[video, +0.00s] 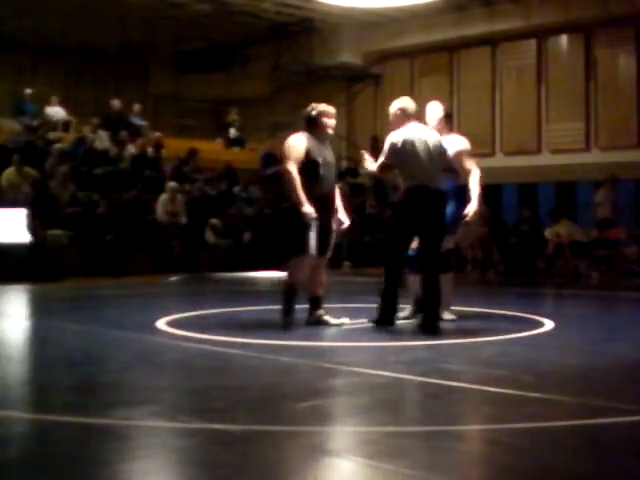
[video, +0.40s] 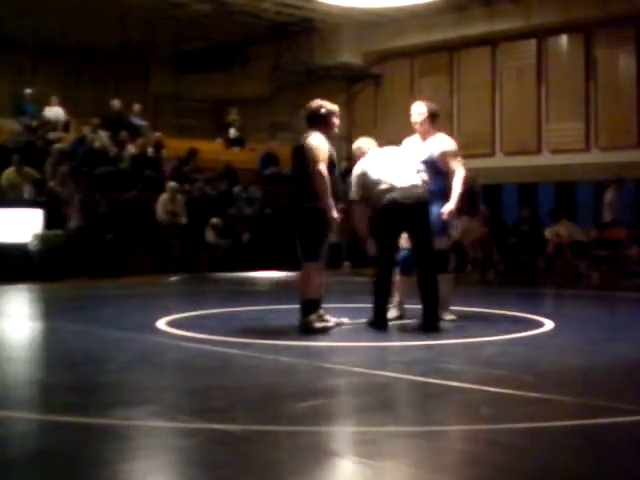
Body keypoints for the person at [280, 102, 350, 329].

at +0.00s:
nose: (333, 124)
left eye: (333, 119)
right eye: (329, 118)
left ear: (329, 122)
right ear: (315, 120)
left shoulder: (327, 147)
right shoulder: (299, 140)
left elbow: (332, 183)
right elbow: (290, 168)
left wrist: (340, 210)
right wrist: (303, 203)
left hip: (325, 209)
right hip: (305, 208)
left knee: (321, 259)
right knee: (304, 257)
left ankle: (316, 309)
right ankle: (288, 309)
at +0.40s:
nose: (338, 122)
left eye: (337, 117)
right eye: (335, 117)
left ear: (317, 119)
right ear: (323, 118)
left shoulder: (310, 141)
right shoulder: (317, 141)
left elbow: (310, 176)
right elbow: (319, 170)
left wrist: (326, 201)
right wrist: (330, 204)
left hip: (308, 207)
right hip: (314, 208)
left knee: (313, 262)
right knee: (313, 262)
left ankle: (313, 310)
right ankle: (311, 312)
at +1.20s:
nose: (355, 129)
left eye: (356, 124)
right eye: (354, 123)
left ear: (340, 118)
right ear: (343, 120)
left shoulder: (340, 142)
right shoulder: (323, 142)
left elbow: (343, 178)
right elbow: (317, 183)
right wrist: (319, 217)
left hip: (337, 212)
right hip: (321, 212)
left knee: (346, 259)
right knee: (314, 266)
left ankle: (329, 310)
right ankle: (307, 318)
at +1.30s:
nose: (361, 128)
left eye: (362, 123)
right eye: (360, 122)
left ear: (344, 117)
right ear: (350, 119)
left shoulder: (344, 142)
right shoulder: (328, 141)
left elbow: (348, 179)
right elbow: (326, 184)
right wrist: (330, 217)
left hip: (344, 212)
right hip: (327, 213)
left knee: (355, 260)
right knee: (315, 266)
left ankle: (355, 314)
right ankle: (308, 319)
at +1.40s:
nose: (369, 129)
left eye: (370, 124)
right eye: (368, 123)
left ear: (349, 117)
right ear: (359, 120)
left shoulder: (348, 142)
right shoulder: (336, 142)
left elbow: (351, 182)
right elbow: (335, 184)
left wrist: (360, 211)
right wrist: (344, 214)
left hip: (350, 214)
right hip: (335, 214)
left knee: (359, 265)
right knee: (319, 268)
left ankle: (364, 316)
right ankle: (310, 320)